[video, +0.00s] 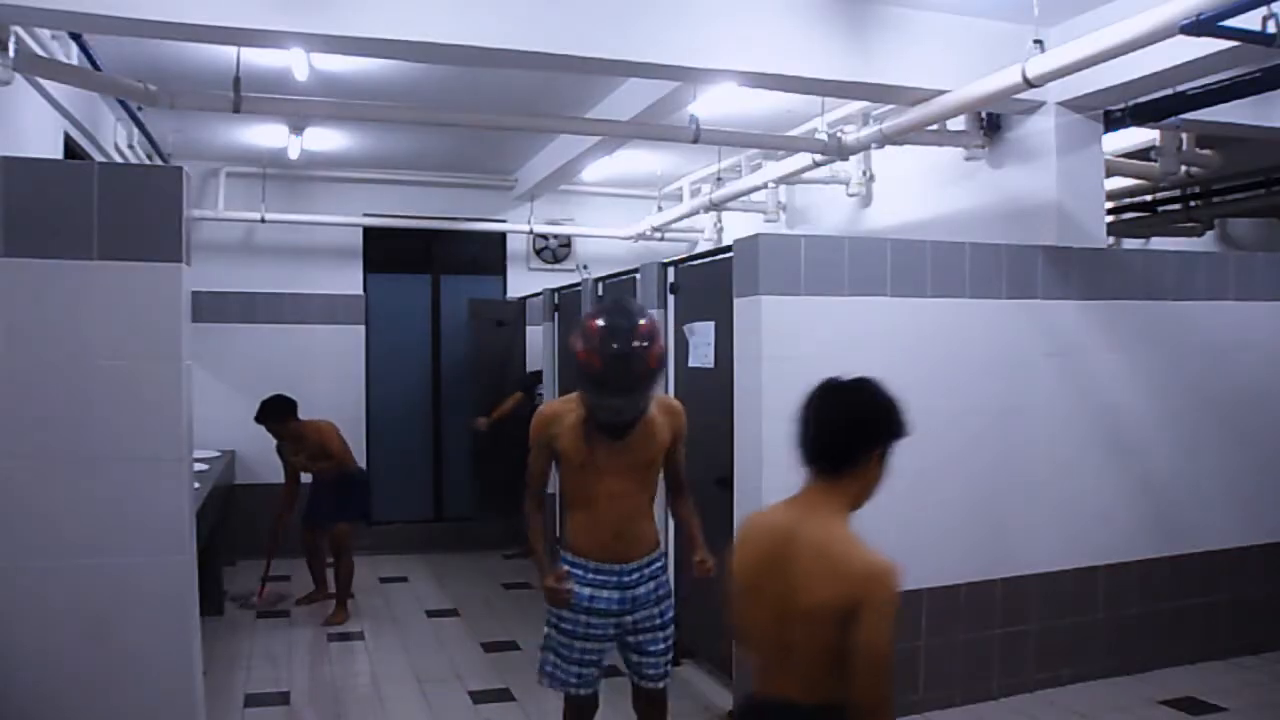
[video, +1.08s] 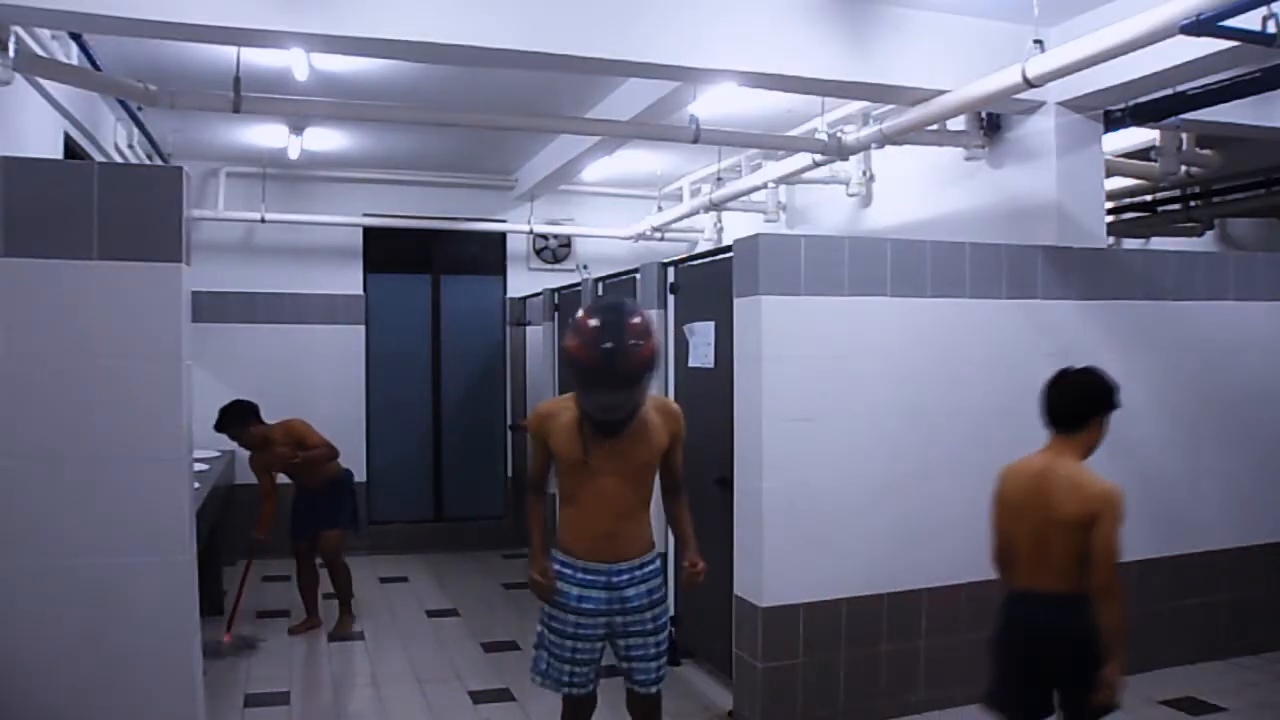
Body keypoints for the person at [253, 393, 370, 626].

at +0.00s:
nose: (272, 435)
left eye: (273, 429)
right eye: (269, 430)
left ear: (287, 421)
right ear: (278, 426)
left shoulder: (324, 432)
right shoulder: (284, 447)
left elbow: (347, 465)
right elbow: (292, 484)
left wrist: (312, 467)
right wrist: (283, 516)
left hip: (348, 485)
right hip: (321, 487)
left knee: (340, 539)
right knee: (310, 535)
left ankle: (341, 605)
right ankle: (321, 588)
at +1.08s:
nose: (238, 444)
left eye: (238, 437)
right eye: (234, 440)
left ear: (252, 425)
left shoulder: (293, 429)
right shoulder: (258, 460)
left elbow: (331, 451)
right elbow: (268, 497)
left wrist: (299, 457)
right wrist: (261, 530)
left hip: (334, 487)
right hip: (305, 492)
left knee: (330, 552)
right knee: (303, 555)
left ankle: (346, 613)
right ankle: (312, 616)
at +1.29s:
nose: (238, 446)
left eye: (237, 439)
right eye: (234, 441)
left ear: (251, 427)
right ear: (249, 429)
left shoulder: (290, 435)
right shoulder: (262, 458)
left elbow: (325, 464)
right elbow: (270, 496)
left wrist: (277, 463)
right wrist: (259, 530)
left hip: (335, 491)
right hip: (306, 495)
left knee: (335, 556)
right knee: (301, 556)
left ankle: (343, 627)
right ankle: (313, 617)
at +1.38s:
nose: (239, 446)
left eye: (239, 439)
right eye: (235, 441)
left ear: (252, 429)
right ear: (252, 429)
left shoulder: (294, 439)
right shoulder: (265, 454)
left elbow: (321, 474)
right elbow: (271, 494)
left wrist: (279, 474)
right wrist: (259, 527)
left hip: (337, 494)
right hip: (308, 497)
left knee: (335, 560)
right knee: (301, 557)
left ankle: (341, 630)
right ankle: (313, 616)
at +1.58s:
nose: (248, 452)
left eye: (248, 445)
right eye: (244, 446)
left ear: (264, 436)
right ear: (262, 437)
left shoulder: (305, 446)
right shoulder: (269, 461)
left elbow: (328, 482)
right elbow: (272, 499)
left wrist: (291, 486)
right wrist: (260, 532)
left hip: (343, 499)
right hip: (312, 501)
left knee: (338, 566)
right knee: (305, 560)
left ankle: (341, 632)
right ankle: (314, 617)